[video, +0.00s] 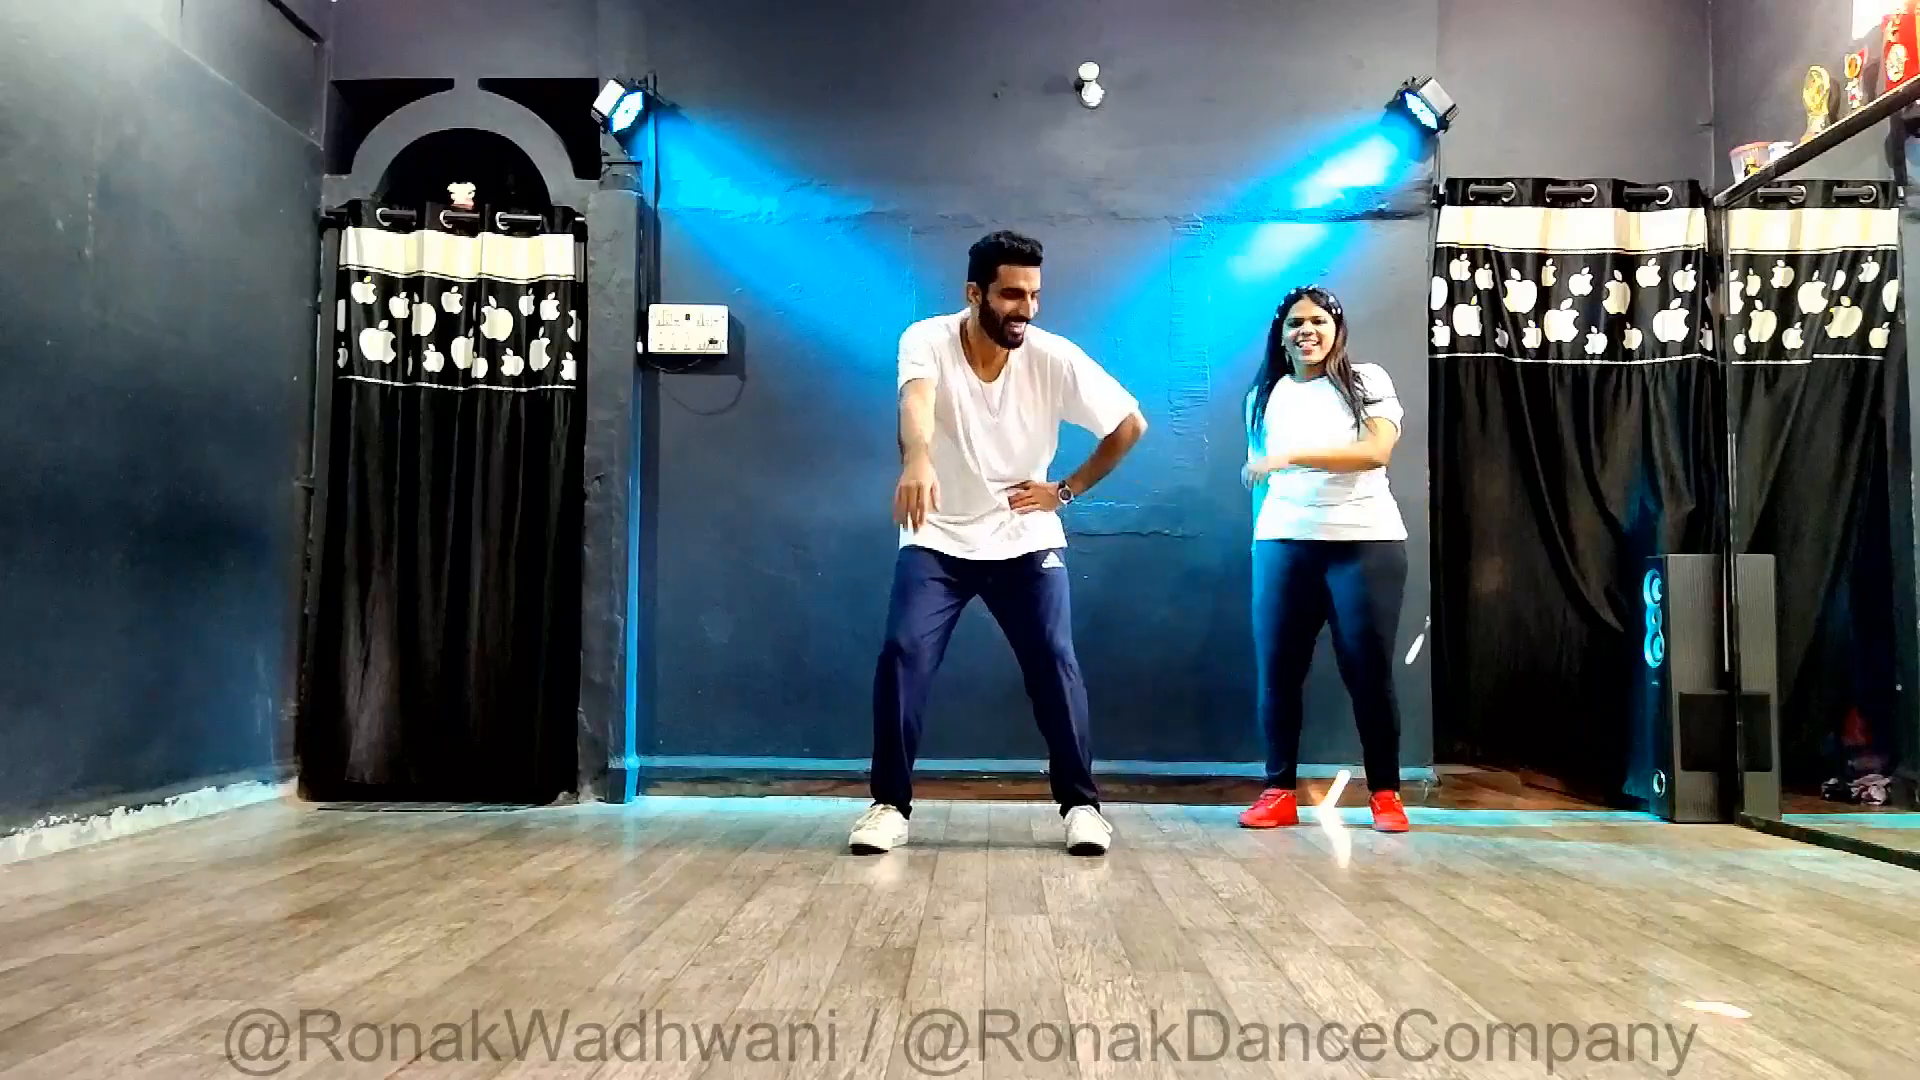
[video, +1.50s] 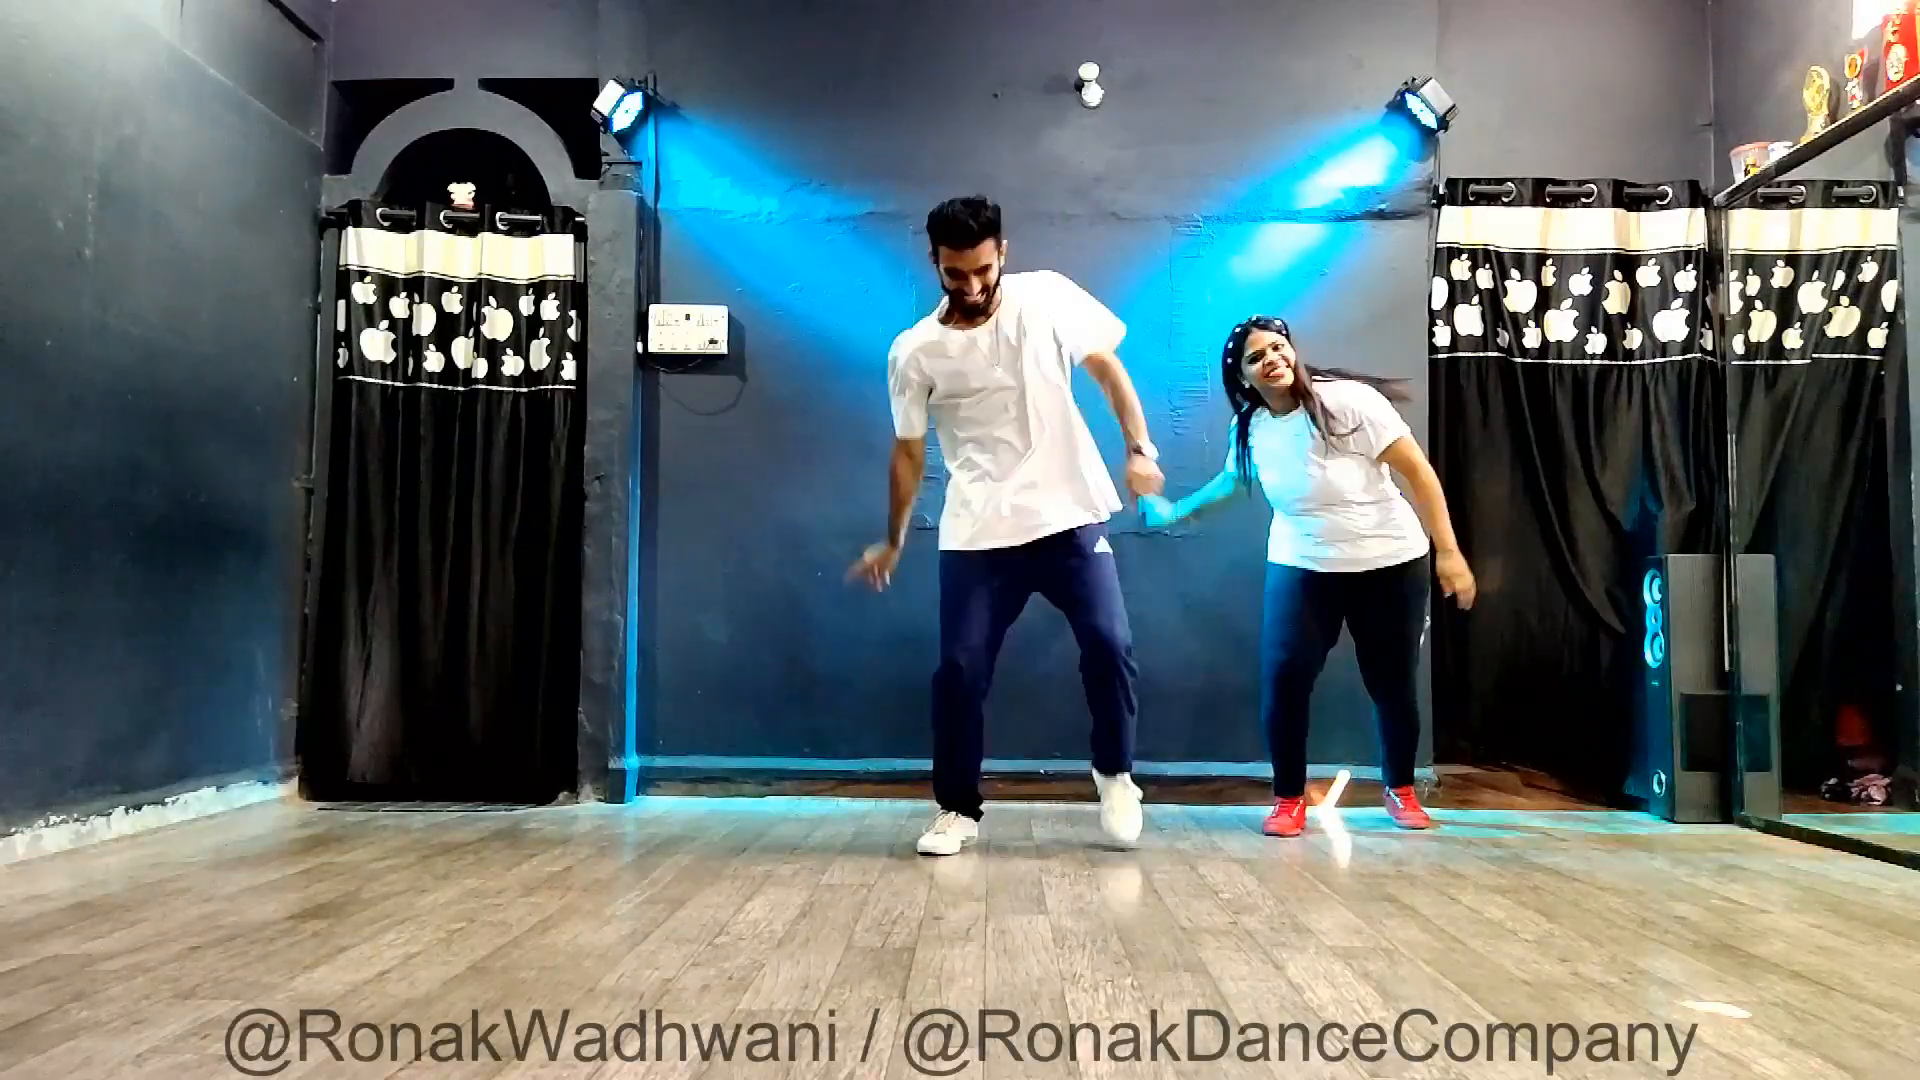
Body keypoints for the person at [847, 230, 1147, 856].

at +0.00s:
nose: (1025, 308)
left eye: (1033, 296)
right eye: (1011, 295)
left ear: (1039, 296)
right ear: (975, 292)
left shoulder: (1054, 357)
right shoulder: (926, 340)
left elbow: (1129, 424)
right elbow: (917, 399)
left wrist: (1067, 488)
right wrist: (916, 460)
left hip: (1024, 534)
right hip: (938, 532)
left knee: (1054, 655)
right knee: (904, 649)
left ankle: (1080, 805)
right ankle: (889, 806)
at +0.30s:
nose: (1002, 248)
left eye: (1001, 235)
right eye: (989, 238)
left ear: (973, 244)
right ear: (947, 248)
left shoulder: (1017, 302)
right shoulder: (887, 333)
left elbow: (1091, 372)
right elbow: (857, 438)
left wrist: (1053, 462)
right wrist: (821, 531)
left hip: (1010, 506)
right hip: (928, 509)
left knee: (1038, 655)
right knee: (918, 649)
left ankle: (1057, 799)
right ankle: (894, 804)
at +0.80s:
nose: (1038, 235)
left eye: (1041, 224)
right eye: (1024, 225)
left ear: (1041, 232)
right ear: (985, 238)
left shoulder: (1068, 295)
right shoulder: (948, 324)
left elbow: (1091, 378)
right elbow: (923, 419)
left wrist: (1092, 455)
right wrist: (888, 499)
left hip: (1073, 517)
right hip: (988, 519)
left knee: (1091, 663)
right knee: (961, 661)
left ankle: (1100, 801)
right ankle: (940, 812)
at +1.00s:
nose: (1051, 238)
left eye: (1064, 228)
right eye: (1038, 226)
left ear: (1078, 239)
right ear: (1016, 235)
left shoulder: (1104, 311)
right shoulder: (985, 320)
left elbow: (1074, 405)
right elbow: (994, 409)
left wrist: (980, 434)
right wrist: (997, 456)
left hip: (1086, 523)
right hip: (1007, 522)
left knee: (1095, 673)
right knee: (977, 666)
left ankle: (1107, 804)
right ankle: (944, 810)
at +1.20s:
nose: (1058, 233)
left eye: (1071, 223)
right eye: (1046, 222)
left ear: (1088, 235)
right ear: (1026, 232)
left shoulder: (1107, 299)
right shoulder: (994, 309)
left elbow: (1074, 356)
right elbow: (940, 390)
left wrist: (1005, 318)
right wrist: (881, 459)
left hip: (1085, 509)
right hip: (1006, 505)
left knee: (1094, 661)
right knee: (972, 635)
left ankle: (1107, 801)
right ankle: (970, 795)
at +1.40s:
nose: (992, 248)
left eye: (1005, 235)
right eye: (978, 236)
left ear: (1025, 236)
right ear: (960, 242)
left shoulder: (1052, 270)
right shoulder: (940, 323)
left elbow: (1122, 300)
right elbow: (905, 394)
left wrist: (1056, 372)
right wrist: (871, 454)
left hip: (1077, 508)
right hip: (992, 515)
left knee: (1096, 661)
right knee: (963, 649)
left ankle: (1108, 800)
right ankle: (957, 803)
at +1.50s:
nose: (972, 287)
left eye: (983, 270)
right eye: (956, 274)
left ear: (1002, 253)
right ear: (935, 263)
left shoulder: (1044, 297)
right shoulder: (914, 352)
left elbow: (1109, 369)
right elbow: (908, 452)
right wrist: (893, 542)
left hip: (1068, 514)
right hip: (977, 530)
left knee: (1111, 643)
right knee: (959, 669)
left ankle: (1115, 775)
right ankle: (957, 812)